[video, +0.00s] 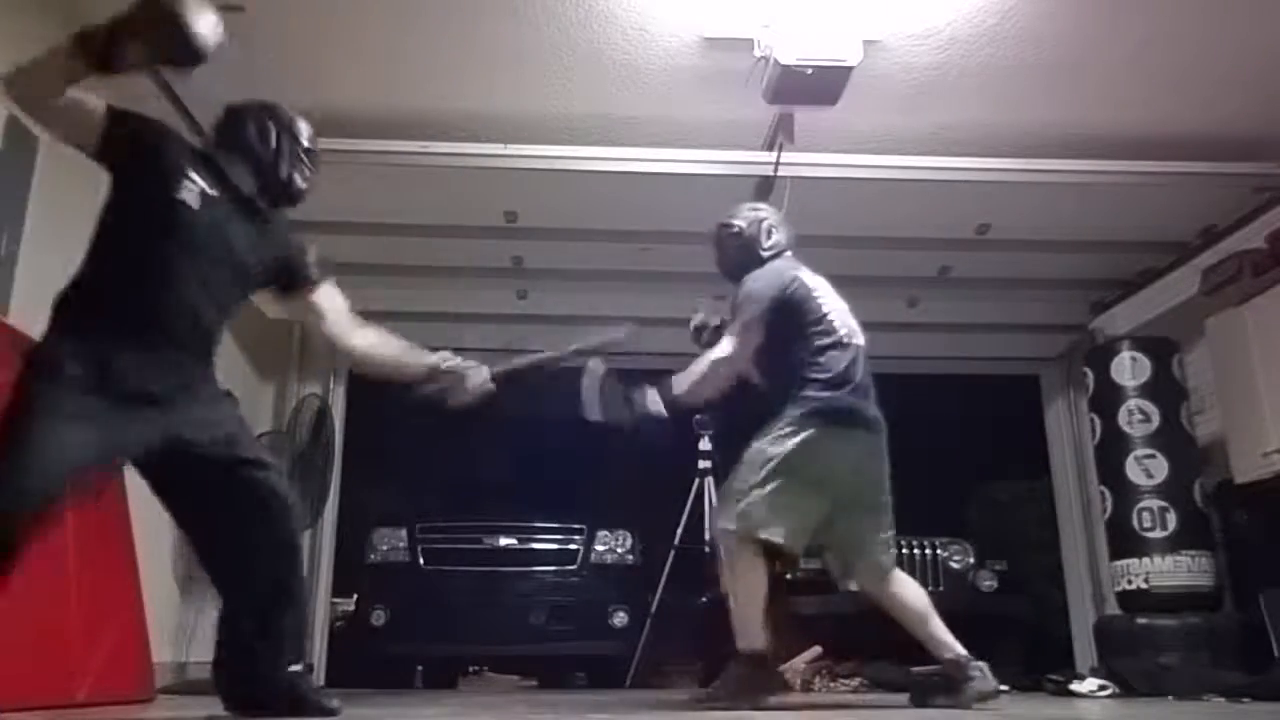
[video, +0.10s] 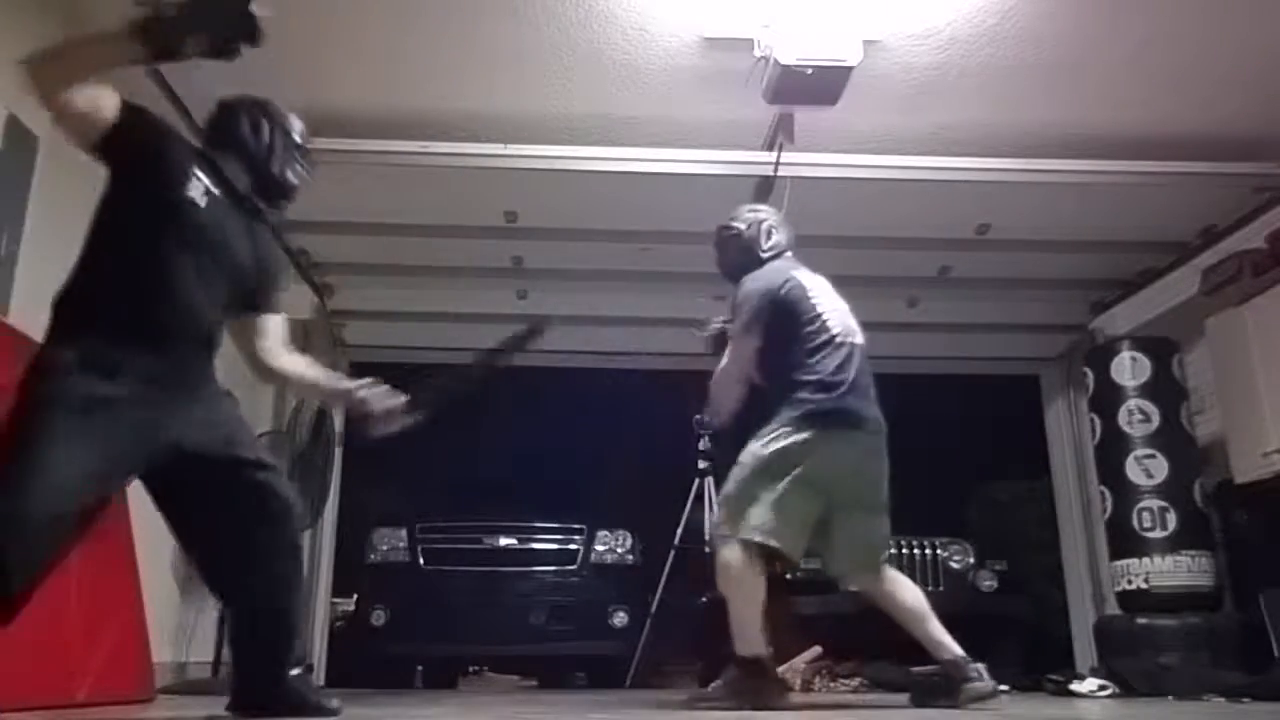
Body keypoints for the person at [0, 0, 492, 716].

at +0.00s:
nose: (300, 174)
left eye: (303, 163)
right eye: (295, 155)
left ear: (276, 165)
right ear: (260, 140)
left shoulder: (279, 241)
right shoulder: (158, 151)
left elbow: (348, 333)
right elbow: (30, 92)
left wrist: (440, 369)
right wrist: (111, 46)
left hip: (186, 398)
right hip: (83, 378)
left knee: (267, 523)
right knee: (14, 500)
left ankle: (259, 684)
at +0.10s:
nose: (295, 176)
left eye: (297, 164)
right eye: (289, 158)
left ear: (254, 157)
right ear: (256, 145)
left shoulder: (259, 246)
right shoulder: (160, 148)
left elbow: (272, 352)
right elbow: (49, 79)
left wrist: (349, 389)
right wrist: (154, 42)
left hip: (189, 400)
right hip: (91, 383)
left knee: (265, 515)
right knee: (21, 528)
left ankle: (265, 686)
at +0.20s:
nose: (270, 122)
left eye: (274, 110)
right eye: (258, 100)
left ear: (260, 123)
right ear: (213, 89)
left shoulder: (221, 206)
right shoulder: (141, 129)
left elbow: (201, 325)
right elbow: (108, 82)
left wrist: (267, 380)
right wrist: (214, 47)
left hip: (178, 382)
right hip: (80, 364)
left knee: (240, 532)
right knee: (12, 532)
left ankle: (263, 685)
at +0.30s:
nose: (233, 109)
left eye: (238, 99)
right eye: (224, 94)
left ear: (228, 100)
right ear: (188, 81)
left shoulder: (192, 178)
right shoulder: (112, 105)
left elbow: (171, 284)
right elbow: (169, 125)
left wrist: (243, 315)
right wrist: (302, 101)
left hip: (163, 356)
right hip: (72, 343)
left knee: (216, 497)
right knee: (9, 497)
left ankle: (230, 676)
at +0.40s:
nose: (238, 91)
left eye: (239, 79)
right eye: (227, 74)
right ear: (180, 66)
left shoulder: (199, 153)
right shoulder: (114, 102)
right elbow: (174, 165)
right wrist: (309, 183)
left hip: (164, 355)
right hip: (73, 342)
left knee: (207, 511)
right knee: (11, 503)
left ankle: (156, 681)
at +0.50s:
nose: (240, 89)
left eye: (242, 77)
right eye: (229, 72)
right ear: (184, 66)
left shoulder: (204, 162)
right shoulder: (131, 101)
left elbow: (228, 250)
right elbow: (144, 187)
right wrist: (254, 241)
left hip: (166, 356)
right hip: (82, 340)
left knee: (174, 517)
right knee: (27, 497)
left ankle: (89, 681)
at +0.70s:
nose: (270, 74)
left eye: (271, 59)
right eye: (262, 54)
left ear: (233, 53)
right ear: (220, 43)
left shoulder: (216, 141)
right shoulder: (134, 90)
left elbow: (187, 258)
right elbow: (53, 180)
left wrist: (280, 244)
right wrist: (146, 267)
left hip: (165, 356)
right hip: (74, 338)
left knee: (171, 530)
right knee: (28, 475)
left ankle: (95, 690)